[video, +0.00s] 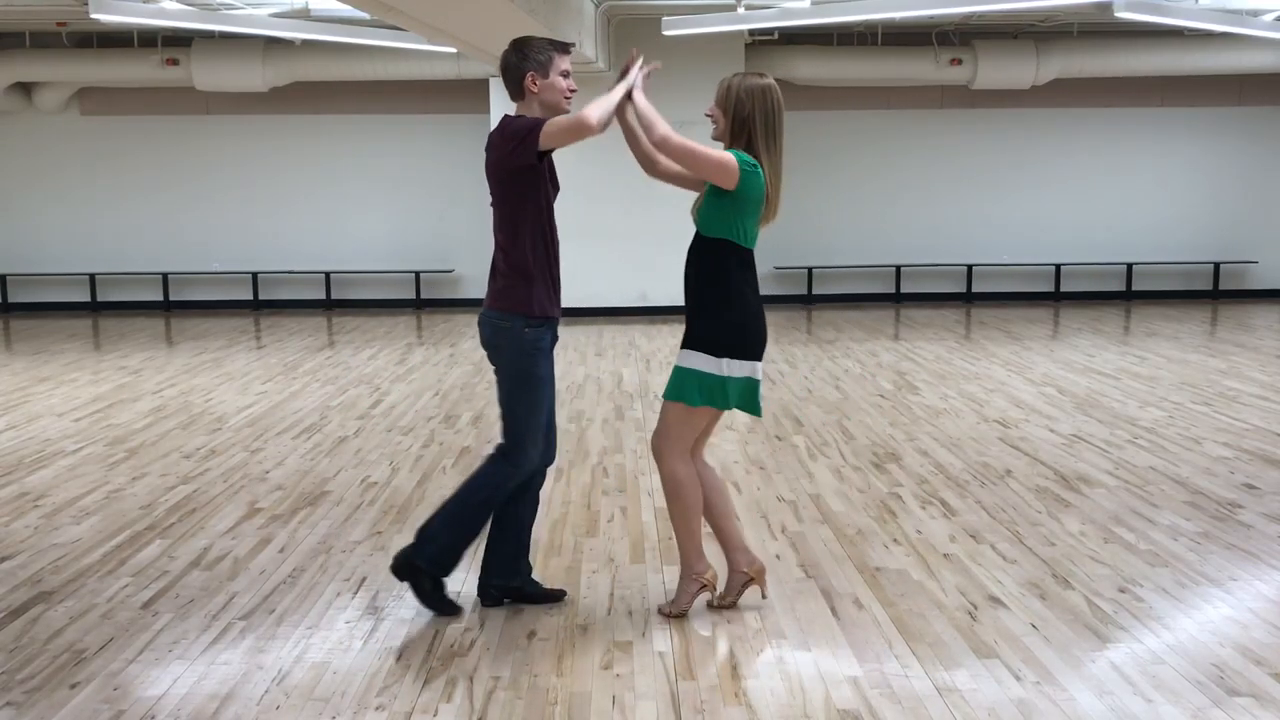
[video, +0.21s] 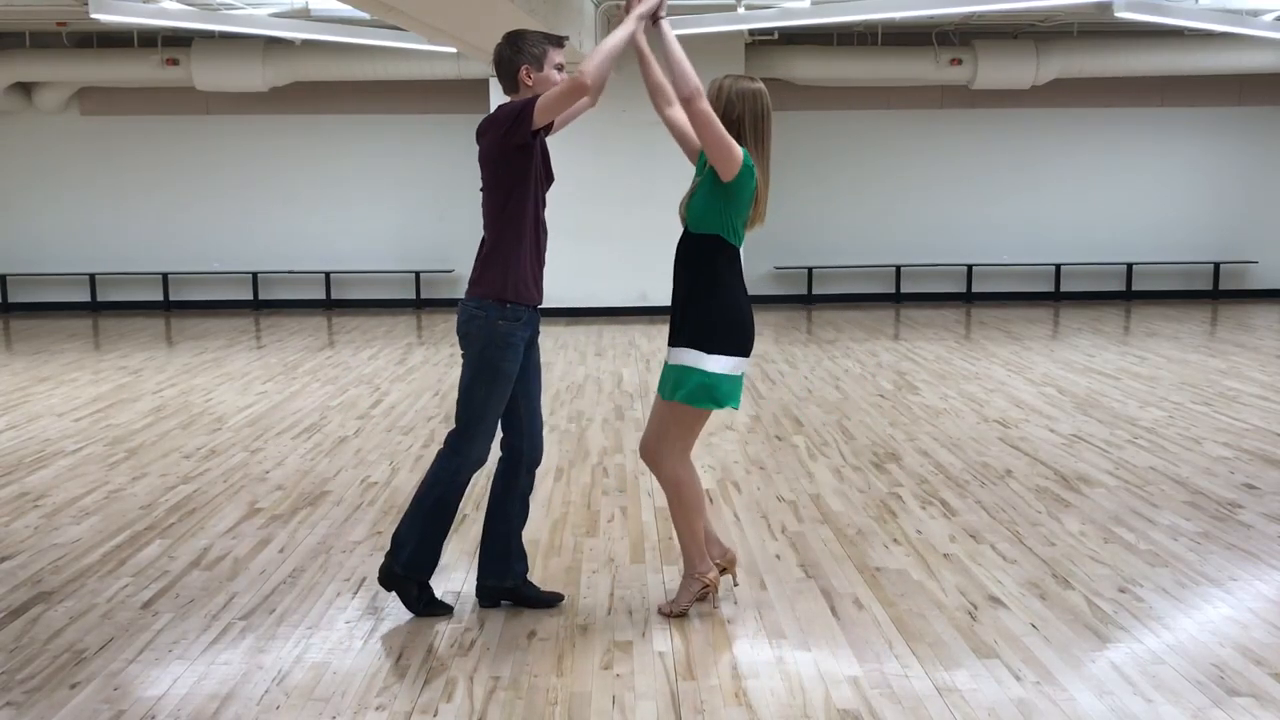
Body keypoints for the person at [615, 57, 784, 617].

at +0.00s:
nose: (711, 110)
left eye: (719, 103)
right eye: (714, 102)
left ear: (739, 113)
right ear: (749, 118)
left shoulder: (742, 170)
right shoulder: (731, 173)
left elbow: (665, 141)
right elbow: (655, 164)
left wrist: (635, 90)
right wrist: (621, 105)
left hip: (720, 330)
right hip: (729, 328)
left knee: (668, 445)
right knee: (689, 451)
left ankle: (693, 569)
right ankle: (742, 560)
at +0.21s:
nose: (703, 113)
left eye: (709, 104)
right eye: (704, 104)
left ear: (733, 115)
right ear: (739, 119)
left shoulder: (736, 167)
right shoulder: (714, 167)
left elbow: (691, 95)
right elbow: (669, 106)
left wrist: (661, 23)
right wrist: (636, 30)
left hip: (715, 334)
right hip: (698, 329)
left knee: (667, 454)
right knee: (656, 449)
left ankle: (698, 570)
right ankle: (712, 548)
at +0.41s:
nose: (716, 115)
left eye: (723, 104)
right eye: (717, 106)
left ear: (744, 114)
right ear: (736, 118)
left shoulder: (747, 166)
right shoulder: (721, 166)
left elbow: (716, 95)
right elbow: (689, 109)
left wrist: (686, 23)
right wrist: (665, 45)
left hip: (721, 338)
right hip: (706, 333)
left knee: (663, 452)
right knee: (682, 449)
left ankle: (707, 565)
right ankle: (719, 551)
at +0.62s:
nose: (732, 117)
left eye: (738, 109)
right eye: (732, 108)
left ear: (758, 114)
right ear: (762, 116)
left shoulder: (768, 169)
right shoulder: (740, 174)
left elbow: (741, 131)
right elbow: (706, 162)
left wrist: (712, 74)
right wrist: (676, 138)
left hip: (736, 338)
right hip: (708, 332)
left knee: (712, 462)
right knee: (691, 443)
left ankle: (794, 554)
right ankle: (722, 557)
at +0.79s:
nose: (743, 110)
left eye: (752, 103)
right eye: (746, 101)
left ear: (776, 112)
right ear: (771, 113)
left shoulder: (785, 165)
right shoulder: (763, 168)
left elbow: (772, 190)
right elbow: (728, 208)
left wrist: (725, 177)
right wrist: (672, 221)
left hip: (765, 326)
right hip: (740, 323)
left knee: (760, 458)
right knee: (710, 439)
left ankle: (825, 567)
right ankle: (722, 556)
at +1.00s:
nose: (766, 115)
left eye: (775, 108)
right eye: (769, 107)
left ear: (798, 118)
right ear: (800, 119)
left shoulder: (805, 181)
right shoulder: (789, 181)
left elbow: (783, 252)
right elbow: (748, 248)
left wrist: (722, 289)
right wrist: (691, 280)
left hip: (797, 333)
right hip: (779, 332)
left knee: (776, 453)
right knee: (736, 444)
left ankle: (828, 570)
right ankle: (778, 559)